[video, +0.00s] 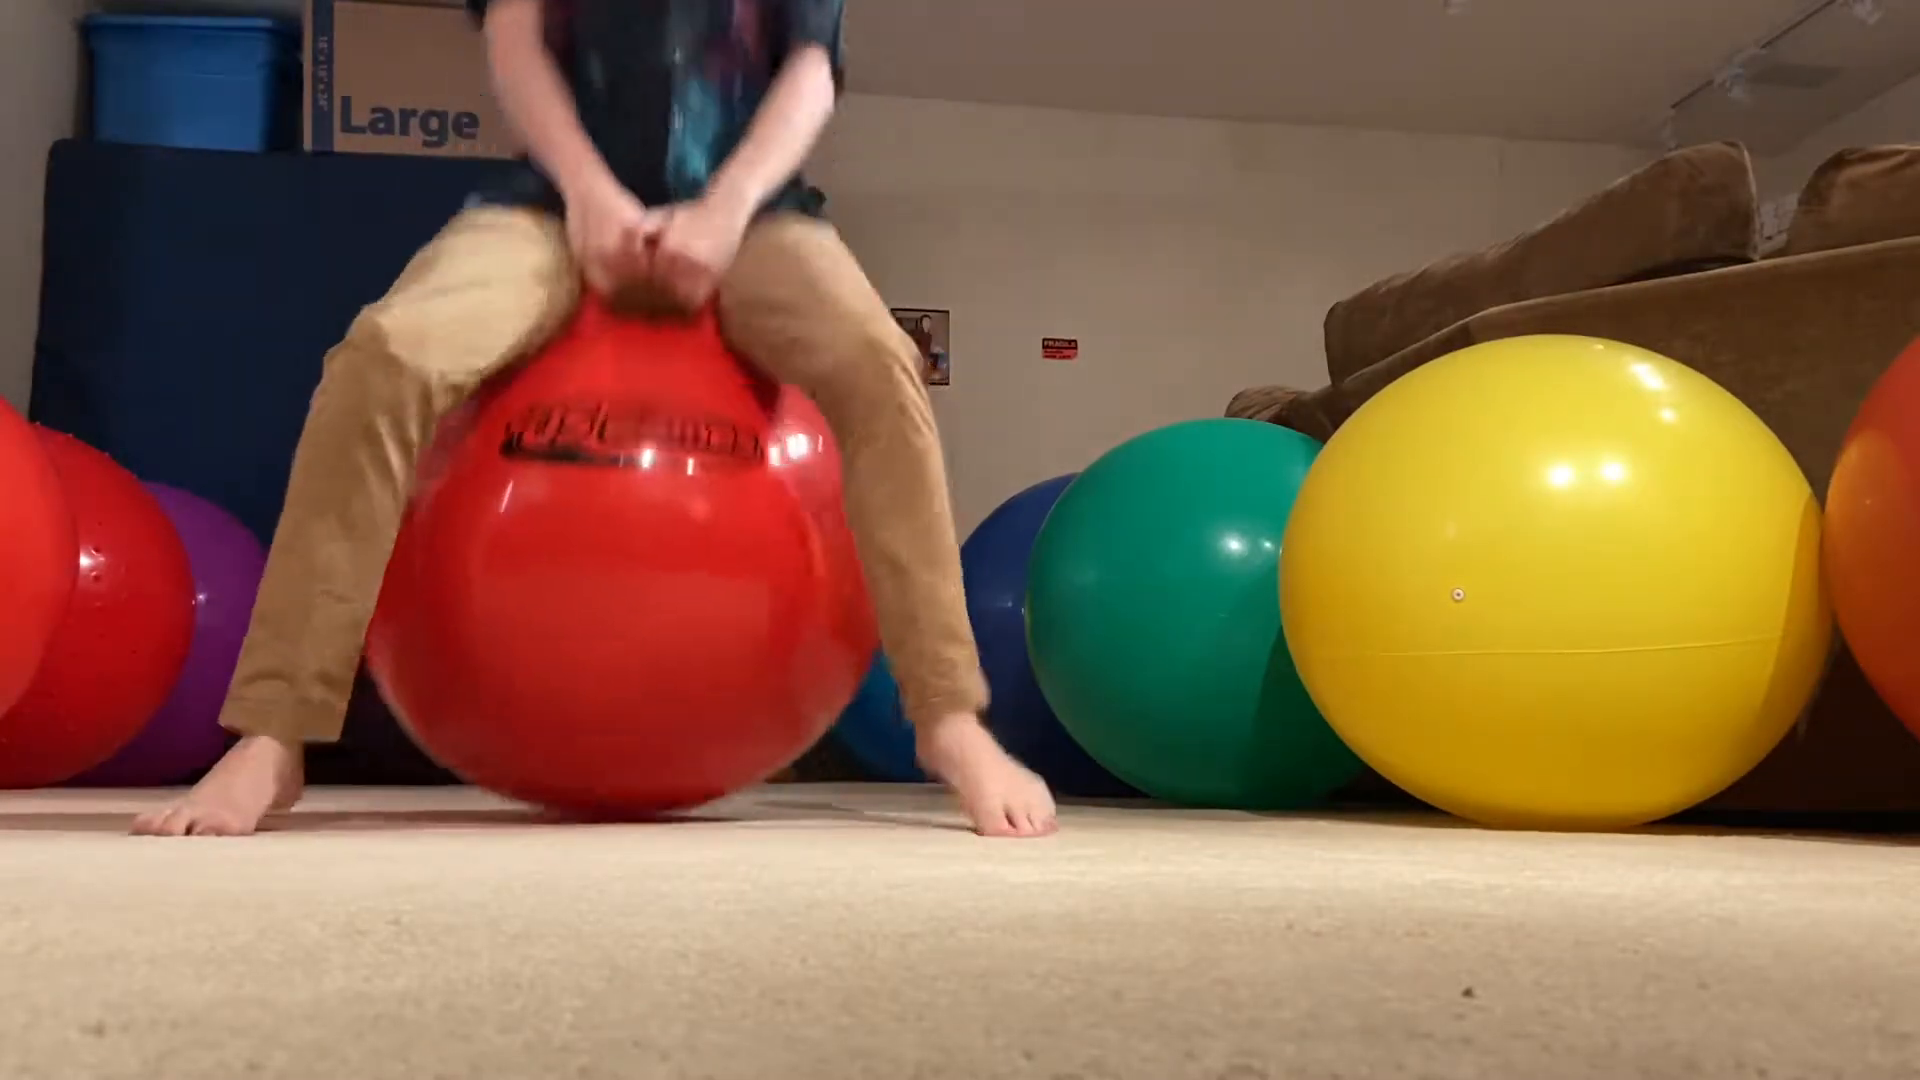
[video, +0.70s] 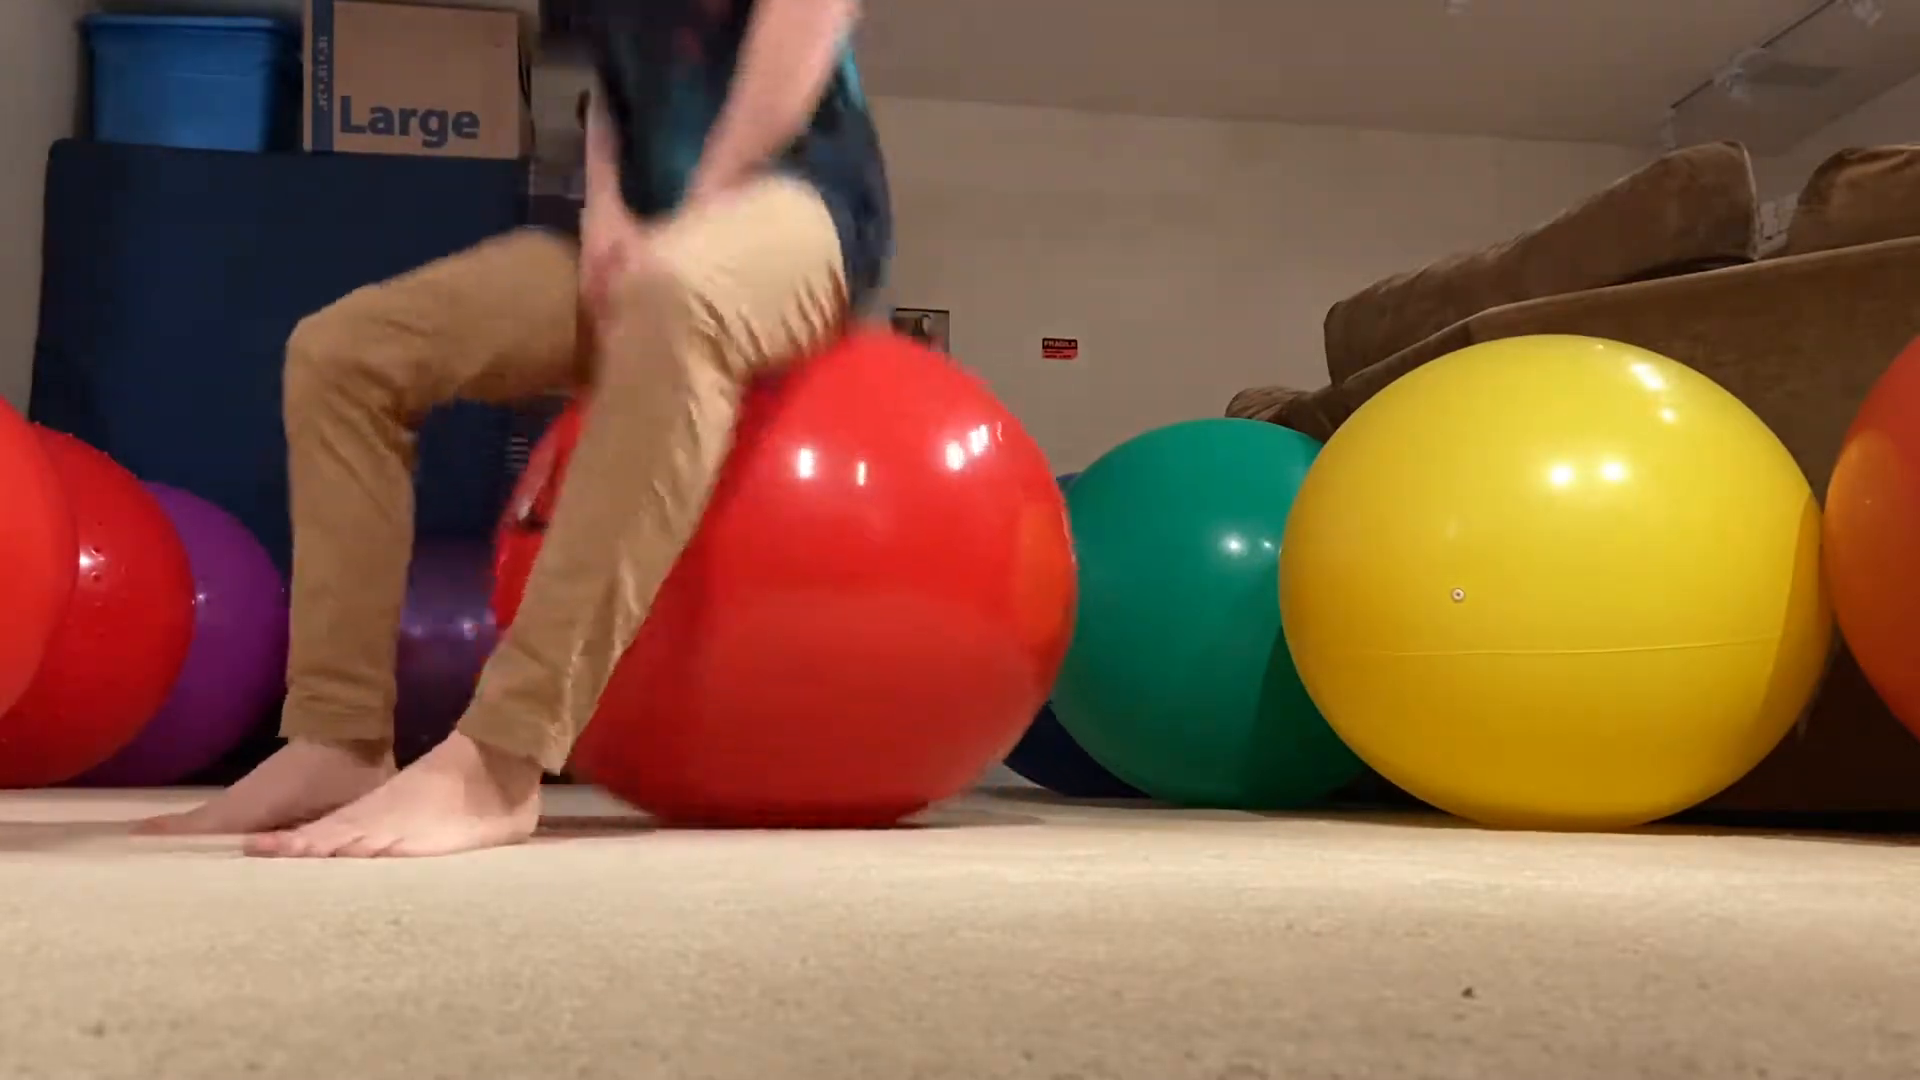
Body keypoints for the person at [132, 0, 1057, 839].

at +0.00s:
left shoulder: (790, 1)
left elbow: (810, 78)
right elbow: (514, 44)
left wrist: (726, 203)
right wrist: (592, 190)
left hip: (748, 207)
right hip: (554, 195)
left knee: (874, 362)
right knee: (386, 351)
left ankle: (952, 720)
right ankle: (268, 738)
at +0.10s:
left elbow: (792, 3)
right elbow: (542, 2)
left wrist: (707, 97)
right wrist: (583, 100)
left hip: (751, 84)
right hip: (568, 78)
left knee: (784, 276)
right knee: (429, 319)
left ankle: (933, 648)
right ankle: (290, 697)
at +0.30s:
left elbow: (856, 33)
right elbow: (577, 57)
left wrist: (704, 158)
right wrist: (598, 182)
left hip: (772, 165)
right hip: (620, 191)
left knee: (743, 238)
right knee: (383, 353)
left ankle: (709, 656)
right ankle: (370, 741)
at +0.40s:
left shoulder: (847, 19)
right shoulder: (609, 23)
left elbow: (887, 191)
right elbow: (611, 187)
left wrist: (714, 319)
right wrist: (614, 312)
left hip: (813, 349)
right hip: (643, 342)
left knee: (726, 301)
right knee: (344, 360)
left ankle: (587, 729)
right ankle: (361, 741)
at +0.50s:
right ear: (625, 16)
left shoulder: (817, 113)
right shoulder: (610, 161)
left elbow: (899, 344)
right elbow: (627, 352)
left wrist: (722, 456)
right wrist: (616, 454)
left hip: (825, 493)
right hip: (653, 482)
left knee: (731, 363)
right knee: (360, 389)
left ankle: (500, 767)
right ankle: (359, 754)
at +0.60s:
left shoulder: (798, 30)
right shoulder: (589, 85)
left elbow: (865, 246)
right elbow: (615, 282)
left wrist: (717, 390)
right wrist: (610, 384)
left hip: (824, 410)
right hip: (643, 405)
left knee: (717, 330)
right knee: (332, 372)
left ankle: (495, 766)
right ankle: (337, 751)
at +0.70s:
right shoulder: (605, 17)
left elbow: (815, 10)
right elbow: (607, 90)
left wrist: (718, 180)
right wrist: (604, 204)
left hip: (793, 193)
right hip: (637, 211)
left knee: (672, 302)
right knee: (341, 352)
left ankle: (495, 764)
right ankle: (334, 749)